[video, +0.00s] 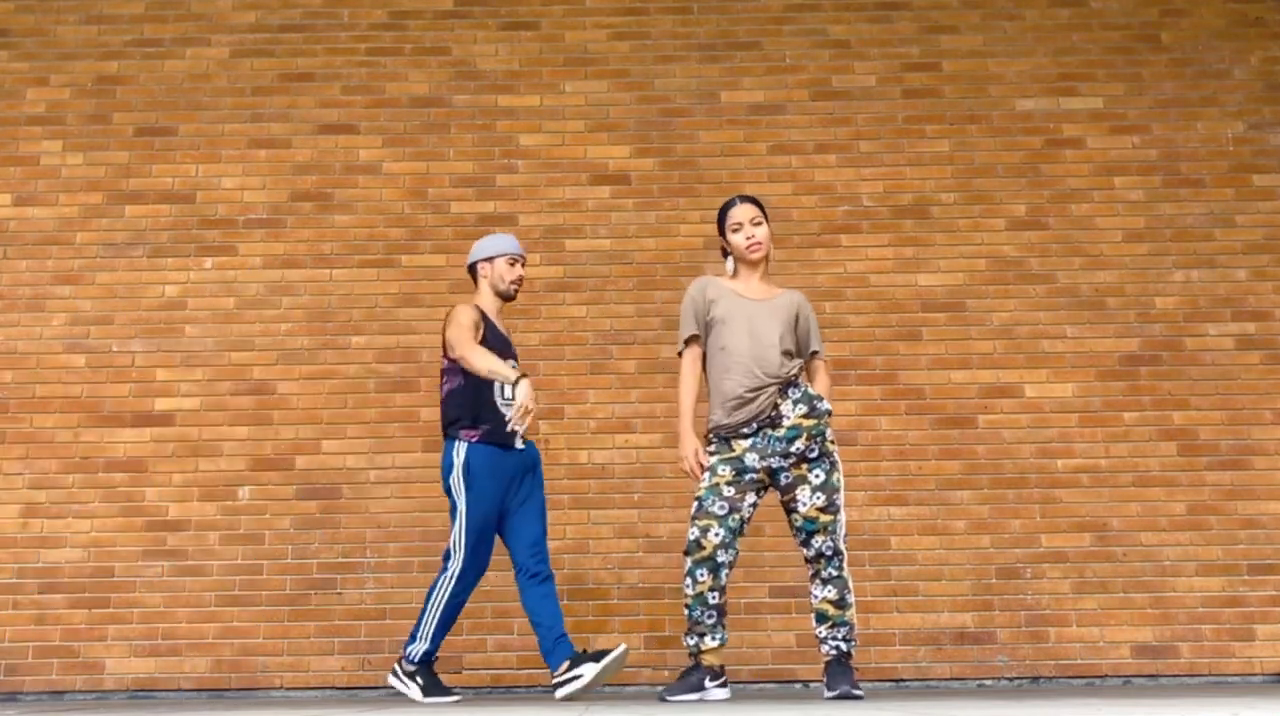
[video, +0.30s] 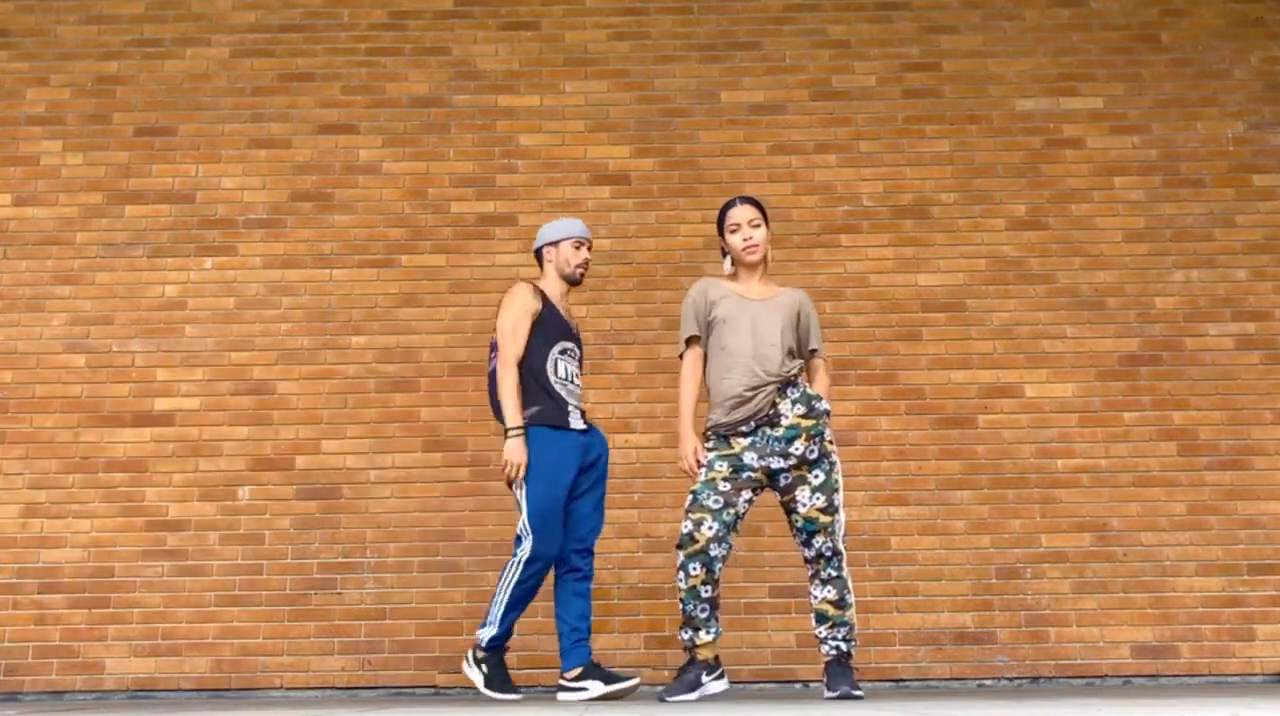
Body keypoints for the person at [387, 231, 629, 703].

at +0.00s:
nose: (520, 272)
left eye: (523, 265)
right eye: (512, 263)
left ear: (517, 273)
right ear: (483, 268)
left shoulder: (501, 334)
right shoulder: (465, 312)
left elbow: (503, 392)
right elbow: (465, 352)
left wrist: (528, 403)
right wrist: (516, 378)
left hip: (518, 457)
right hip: (475, 455)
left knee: (534, 564)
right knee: (465, 563)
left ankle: (564, 663)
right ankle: (413, 662)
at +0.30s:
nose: (586, 255)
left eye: (588, 249)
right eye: (577, 246)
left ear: (581, 260)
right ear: (548, 253)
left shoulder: (567, 319)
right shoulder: (524, 295)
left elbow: (566, 385)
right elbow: (507, 365)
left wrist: (587, 428)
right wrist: (514, 434)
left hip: (584, 443)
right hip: (544, 441)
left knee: (577, 556)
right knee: (539, 549)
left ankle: (577, 667)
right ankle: (486, 651)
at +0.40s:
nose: (599, 247)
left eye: (602, 240)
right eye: (589, 238)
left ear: (600, 252)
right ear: (561, 246)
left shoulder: (591, 320)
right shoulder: (532, 291)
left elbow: (583, 385)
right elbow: (499, 354)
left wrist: (604, 424)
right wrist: (521, 416)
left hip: (596, 439)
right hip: (551, 436)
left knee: (585, 550)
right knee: (558, 544)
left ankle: (578, 664)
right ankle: (547, 665)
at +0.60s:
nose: (613, 236)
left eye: (617, 230)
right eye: (603, 228)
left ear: (619, 241)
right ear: (576, 236)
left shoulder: (621, 309)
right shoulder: (545, 292)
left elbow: (622, 379)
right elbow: (518, 360)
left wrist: (639, 418)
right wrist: (571, 360)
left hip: (621, 433)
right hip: (566, 429)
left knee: (605, 543)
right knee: (588, 532)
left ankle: (578, 668)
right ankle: (605, 659)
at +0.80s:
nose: (625, 228)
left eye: (628, 221)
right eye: (615, 220)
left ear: (628, 231)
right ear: (586, 228)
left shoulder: (626, 297)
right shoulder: (560, 283)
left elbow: (633, 375)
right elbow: (572, 343)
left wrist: (660, 422)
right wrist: (626, 302)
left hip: (639, 425)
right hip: (589, 422)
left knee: (626, 543)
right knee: (606, 536)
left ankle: (584, 663)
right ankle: (619, 663)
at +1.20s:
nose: (661, 207)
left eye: (660, 197)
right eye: (652, 197)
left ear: (626, 203)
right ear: (621, 199)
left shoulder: (615, 260)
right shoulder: (597, 253)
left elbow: (628, 339)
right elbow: (632, 325)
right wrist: (683, 276)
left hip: (635, 403)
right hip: (611, 401)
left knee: (662, 526)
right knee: (624, 526)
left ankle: (633, 653)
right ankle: (619, 662)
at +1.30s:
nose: (666, 208)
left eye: (666, 198)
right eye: (659, 197)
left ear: (630, 201)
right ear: (628, 198)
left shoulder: (618, 255)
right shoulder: (604, 250)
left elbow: (636, 331)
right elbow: (636, 327)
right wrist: (681, 276)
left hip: (632, 401)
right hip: (613, 401)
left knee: (652, 531)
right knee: (623, 529)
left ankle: (663, 660)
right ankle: (617, 667)